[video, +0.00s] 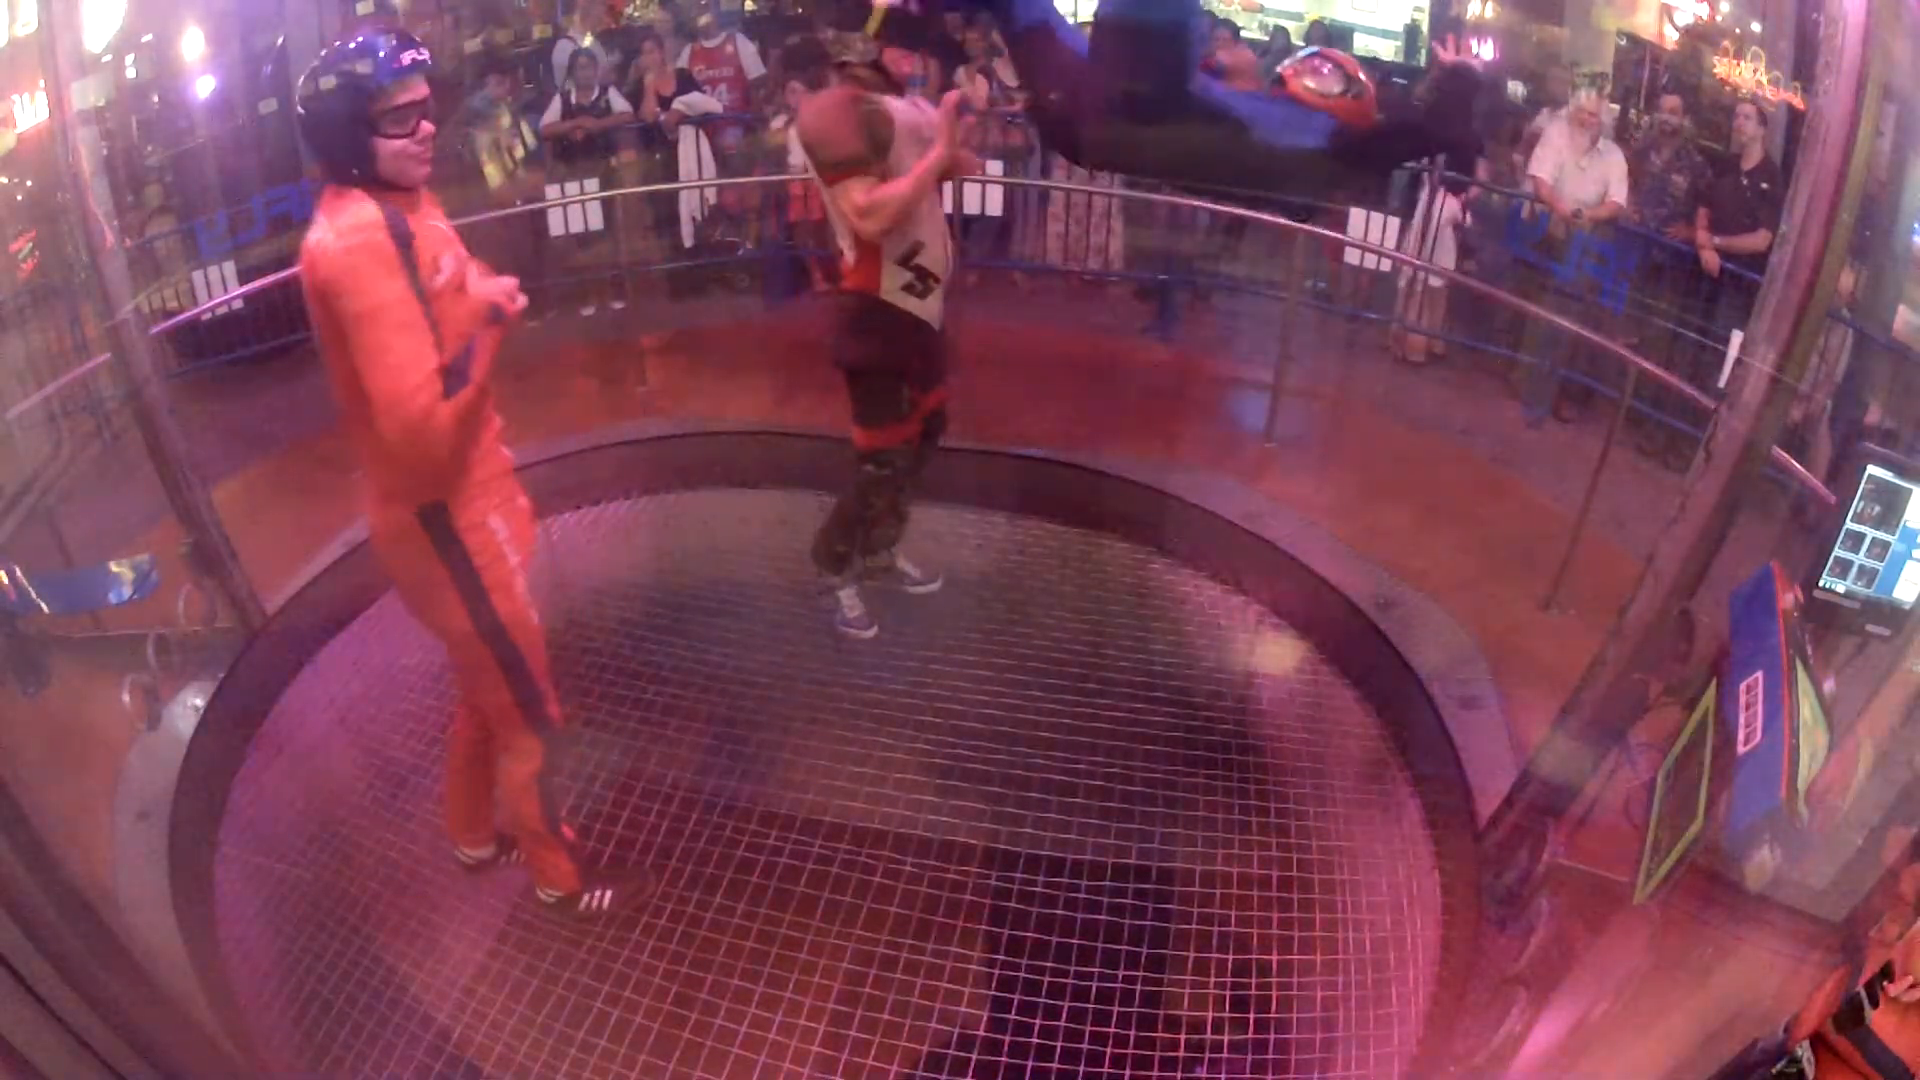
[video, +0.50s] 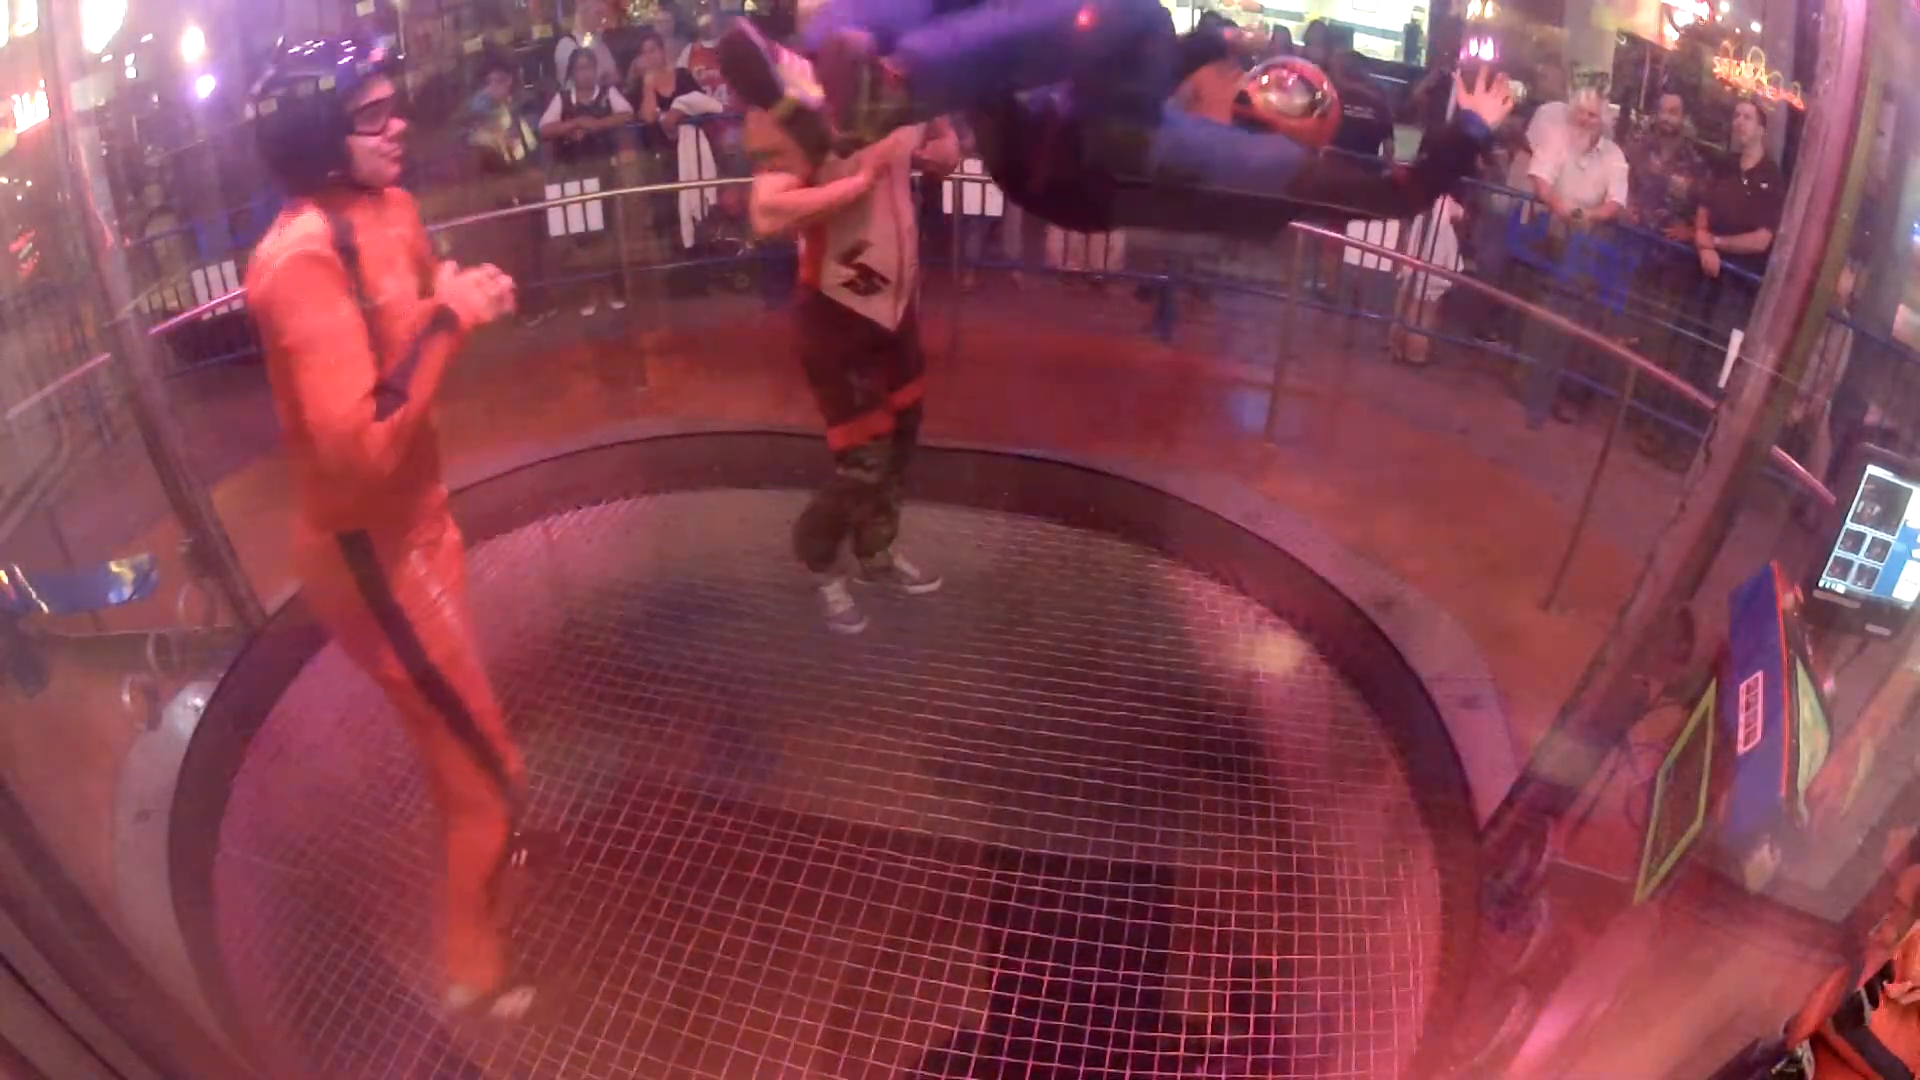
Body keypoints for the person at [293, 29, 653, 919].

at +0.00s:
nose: (427, 131)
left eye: (429, 112)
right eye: (401, 120)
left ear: (432, 111)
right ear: (346, 140)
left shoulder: (409, 204)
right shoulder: (351, 243)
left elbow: (434, 338)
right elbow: (416, 442)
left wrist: (479, 298)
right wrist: (487, 328)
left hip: (478, 485)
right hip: (437, 515)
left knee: (495, 670)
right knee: (523, 712)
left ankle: (471, 832)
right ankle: (558, 883)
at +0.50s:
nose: (397, 131)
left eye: (395, 112)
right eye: (373, 119)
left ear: (390, 121)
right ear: (317, 141)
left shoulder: (391, 211)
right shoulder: (298, 263)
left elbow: (413, 320)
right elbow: (357, 456)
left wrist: (456, 294)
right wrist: (446, 323)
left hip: (423, 519)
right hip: (364, 549)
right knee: (482, 774)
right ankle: (468, 984)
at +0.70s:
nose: (333, 156)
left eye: (331, 138)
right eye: (309, 144)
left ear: (324, 149)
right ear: (255, 162)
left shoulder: (327, 240)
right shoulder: (243, 288)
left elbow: (351, 385)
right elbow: (336, 498)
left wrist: (388, 333)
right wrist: (404, 357)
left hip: (395, 538)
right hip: (340, 577)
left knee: (450, 718)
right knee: (415, 836)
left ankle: (474, 846)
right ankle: (363, 1042)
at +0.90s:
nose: (265, 209)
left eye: (260, 189)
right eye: (238, 200)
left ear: (256, 194)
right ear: (181, 229)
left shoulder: (252, 303)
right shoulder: (178, 356)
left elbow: (301, 430)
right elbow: (277, 582)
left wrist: (336, 409)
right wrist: (340, 441)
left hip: (328, 632)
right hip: (273, 670)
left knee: (442, 754)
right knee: (326, 918)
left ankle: (477, 858)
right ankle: (321, 1071)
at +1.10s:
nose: (195, 277)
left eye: (193, 254)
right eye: (169, 261)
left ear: (193, 260)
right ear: (110, 282)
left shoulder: (190, 358)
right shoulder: (85, 424)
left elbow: (216, 516)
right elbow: (200, 657)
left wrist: (267, 430)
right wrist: (270, 465)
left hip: (251, 692)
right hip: (196, 731)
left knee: (425, 781)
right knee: (284, 970)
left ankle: (441, 901)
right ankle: (301, 1071)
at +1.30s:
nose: (106, 278)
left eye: (108, 254)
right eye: (75, 263)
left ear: (116, 259)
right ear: (22, 288)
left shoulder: (108, 367)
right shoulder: (19, 475)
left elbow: (145, 455)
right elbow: (84, 703)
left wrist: (174, 406)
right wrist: (126, 490)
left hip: (217, 693)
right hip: (161, 747)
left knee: (369, 822)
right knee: (262, 962)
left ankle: (372, 995)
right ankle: (303, 1070)